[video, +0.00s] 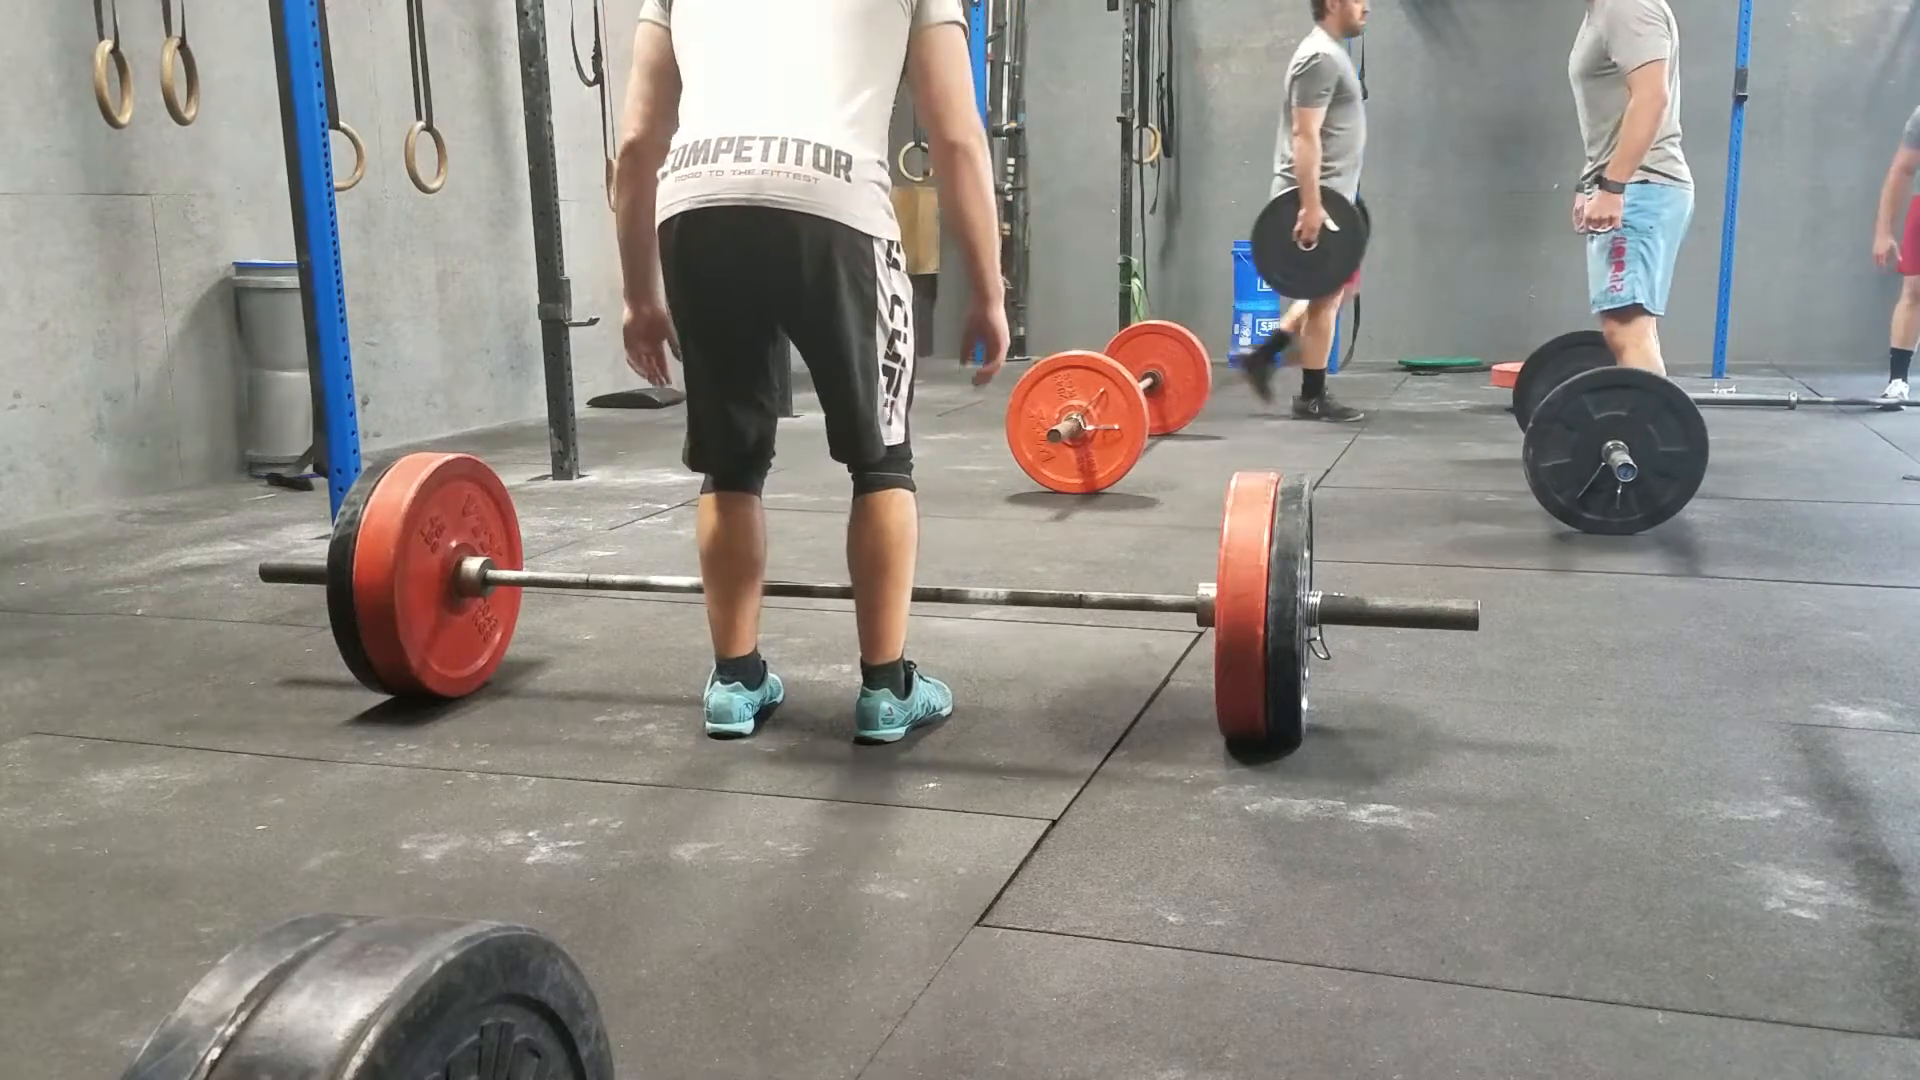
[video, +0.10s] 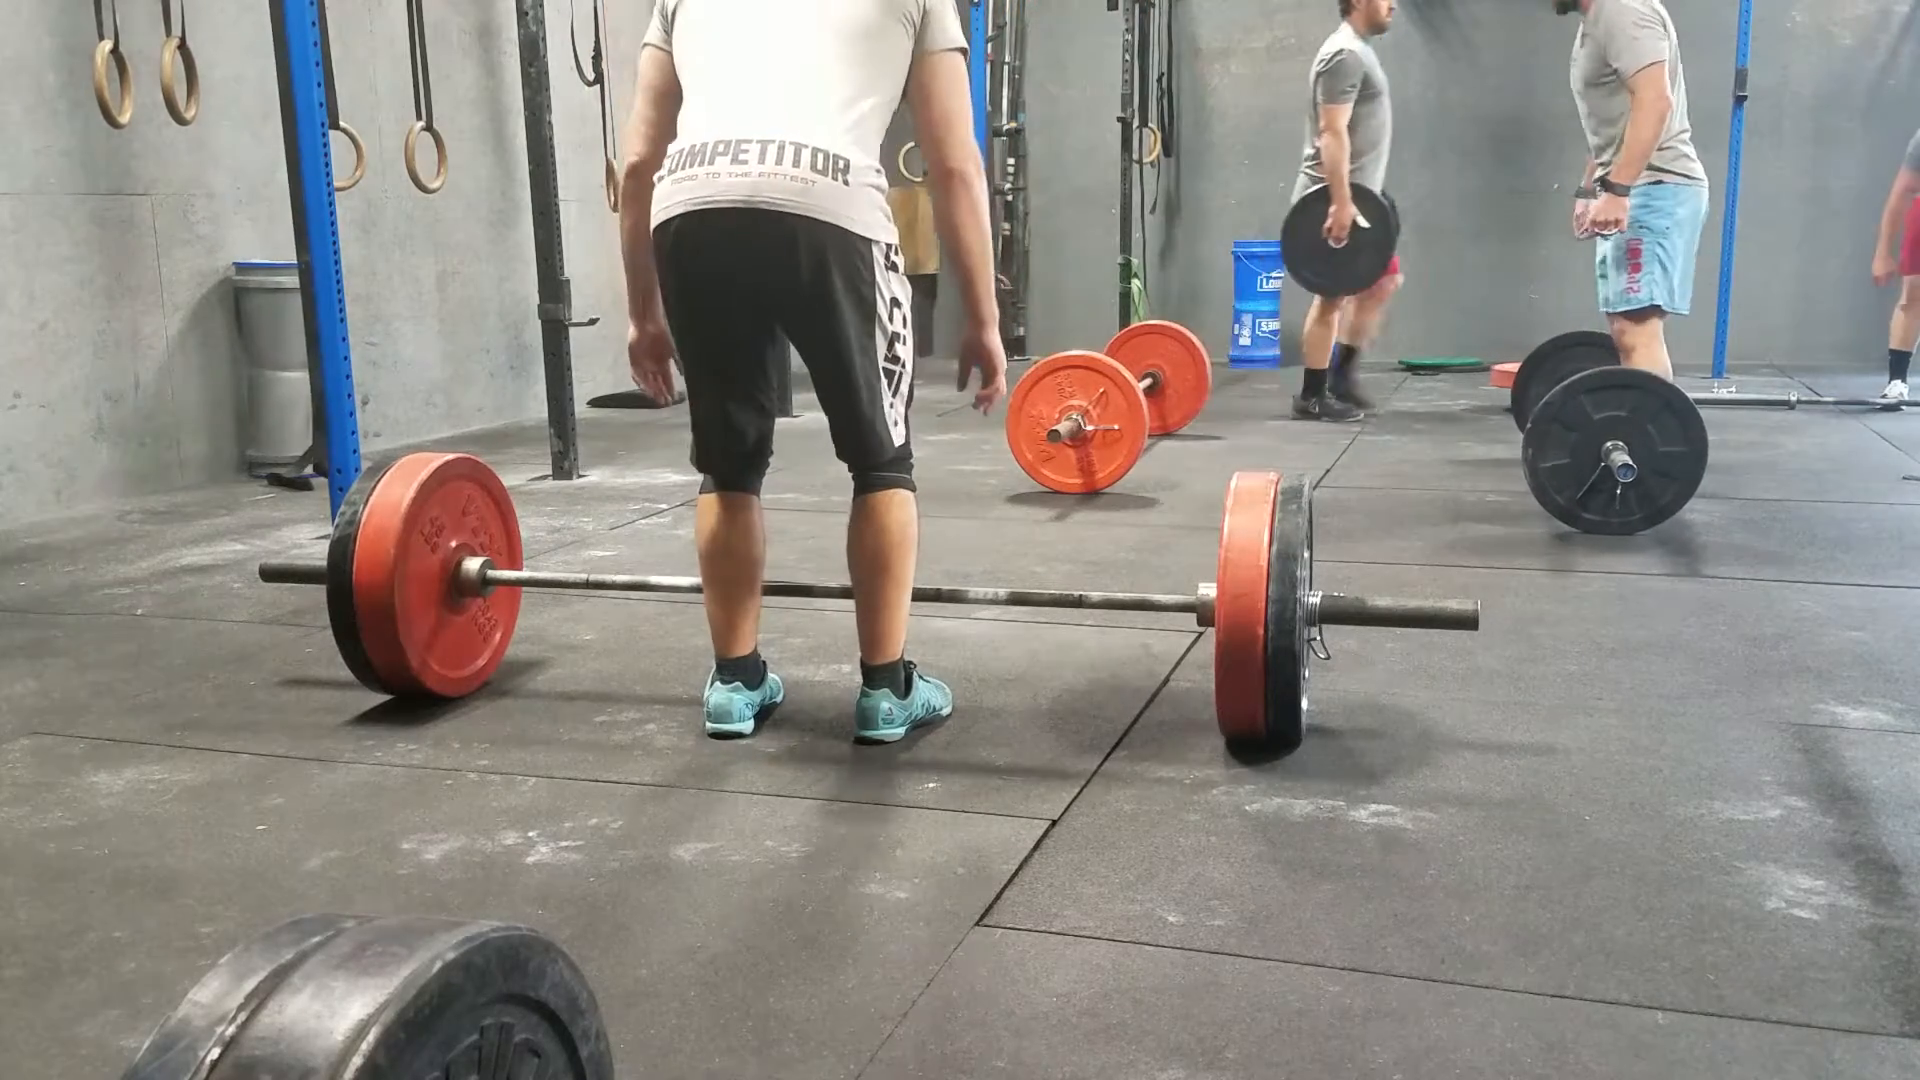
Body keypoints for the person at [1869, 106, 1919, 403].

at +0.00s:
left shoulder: (1916, 118)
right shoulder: (1919, 116)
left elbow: (1903, 169)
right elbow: (1903, 168)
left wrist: (1885, 231)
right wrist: (1883, 230)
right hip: (1918, 218)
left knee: (1912, 293)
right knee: (1913, 291)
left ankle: (1899, 379)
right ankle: (1898, 380)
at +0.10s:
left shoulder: (1916, 142)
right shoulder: (1918, 141)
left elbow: (1903, 192)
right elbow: (1902, 192)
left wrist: (1884, 251)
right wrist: (1883, 252)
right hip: (1915, 235)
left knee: (1911, 300)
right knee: (1911, 298)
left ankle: (1898, 380)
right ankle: (1897, 380)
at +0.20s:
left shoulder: (1916, 165)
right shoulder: (1918, 164)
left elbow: (1901, 215)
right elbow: (1900, 215)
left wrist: (1885, 279)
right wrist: (1884, 280)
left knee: (1911, 297)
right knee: (1912, 296)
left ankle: (1897, 380)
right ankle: (1897, 380)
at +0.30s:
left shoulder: (1915, 188)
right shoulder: (1918, 187)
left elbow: (1899, 240)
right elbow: (1898, 240)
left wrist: (1883, 308)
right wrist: (1882, 307)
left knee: (1911, 284)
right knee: (1912, 284)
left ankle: (1897, 380)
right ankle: (1896, 380)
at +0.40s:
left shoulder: (1916, 208)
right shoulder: (1918, 207)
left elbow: (1897, 269)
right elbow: (1895, 269)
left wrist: (1880, 334)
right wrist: (1879, 334)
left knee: (1913, 284)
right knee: (1913, 285)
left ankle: (1897, 381)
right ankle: (1897, 382)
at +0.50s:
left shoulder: (1915, 229)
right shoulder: (1916, 229)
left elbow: (1897, 288)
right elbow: (1896, 288)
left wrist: (1878, 352)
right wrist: (1878, 353)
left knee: (1910, 291)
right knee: (1911, 292)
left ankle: (1897, 380)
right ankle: (1896, 380)